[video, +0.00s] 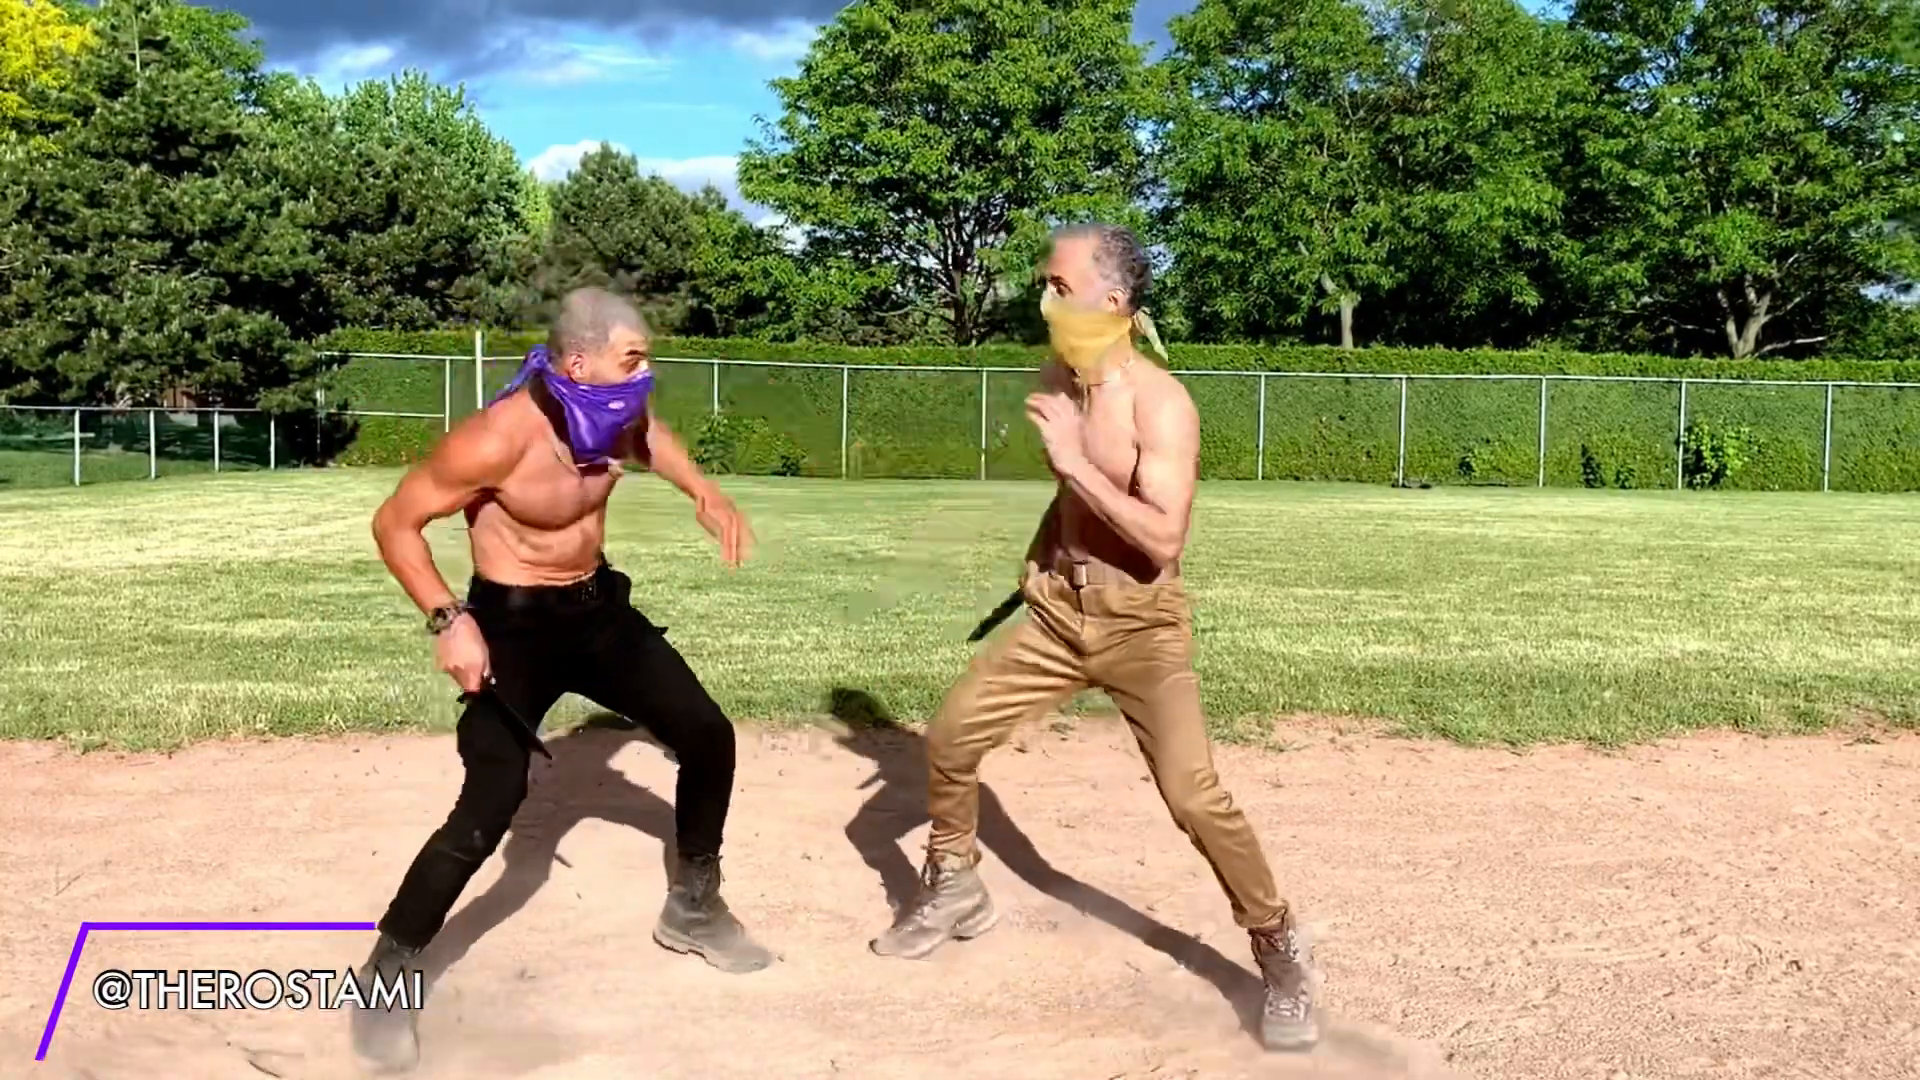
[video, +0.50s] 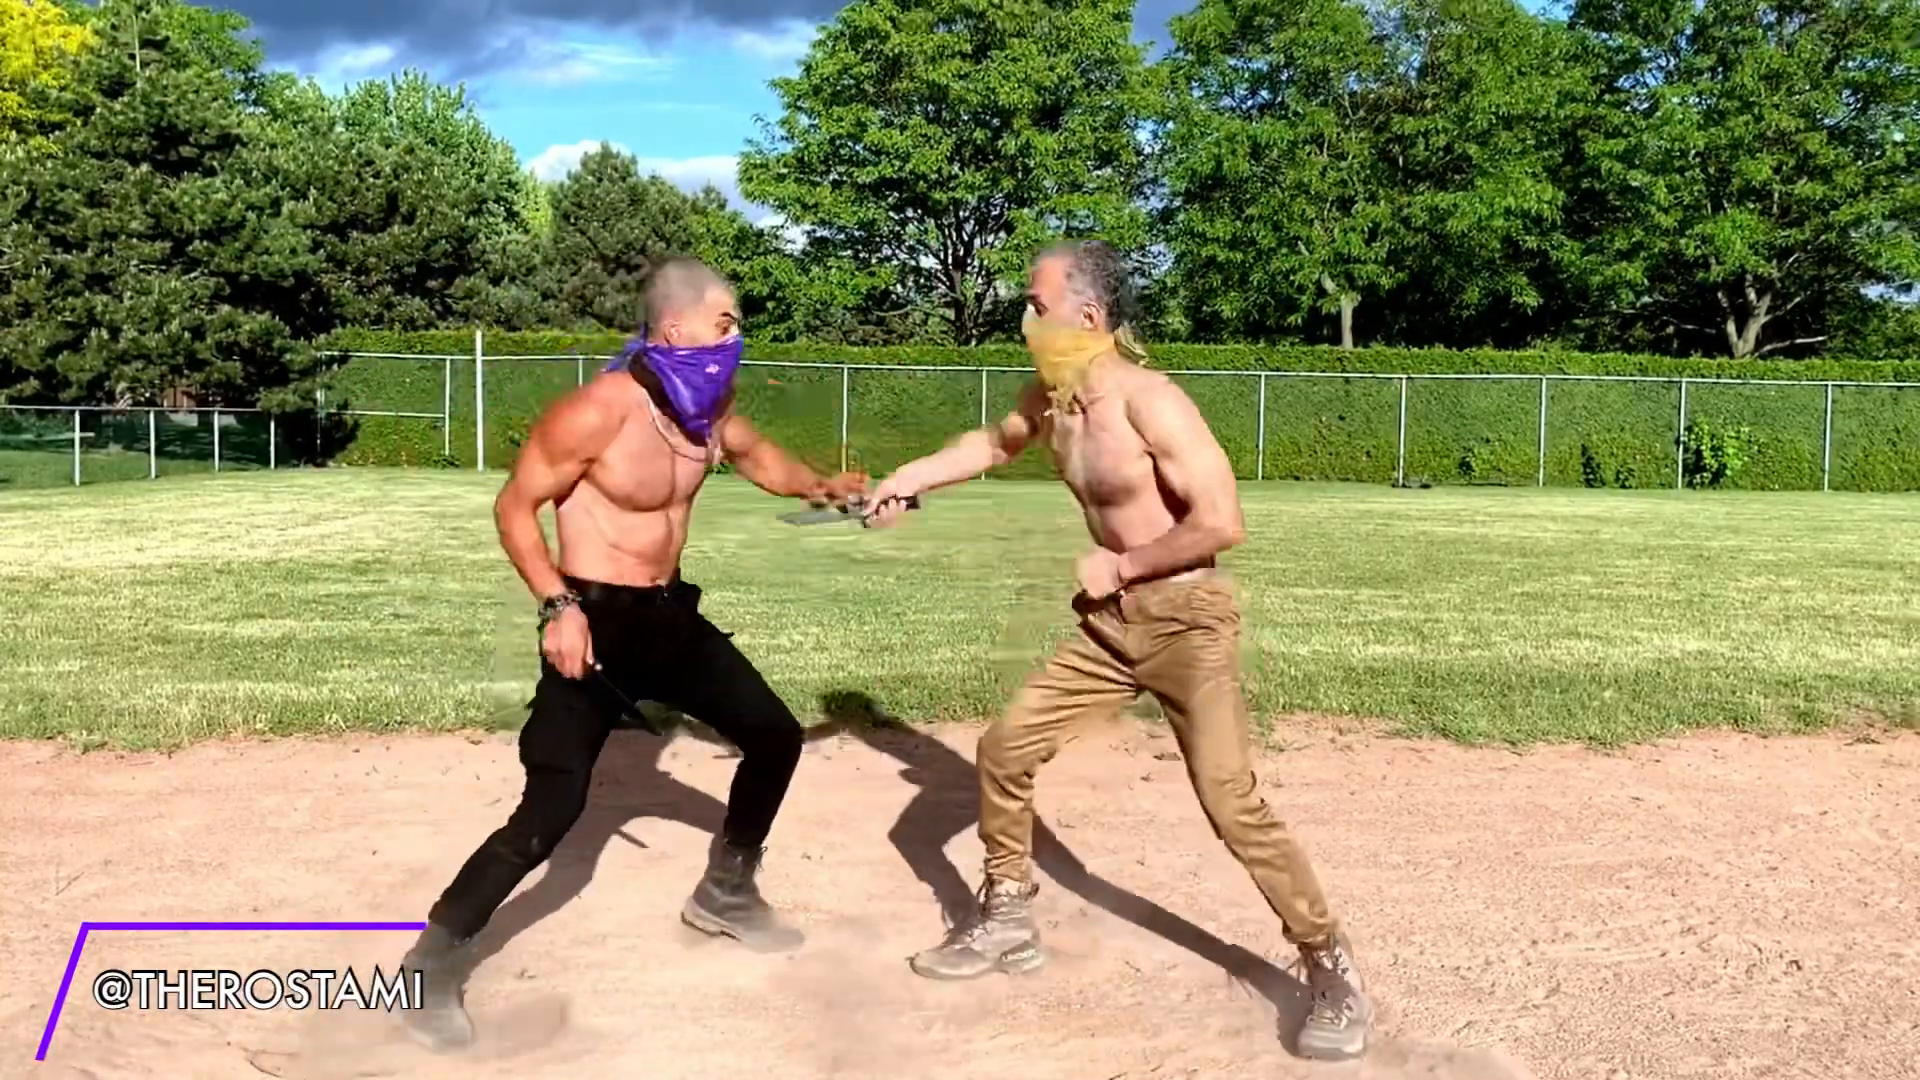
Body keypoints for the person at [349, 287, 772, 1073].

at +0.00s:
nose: (642, 374)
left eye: (645, 361)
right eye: (630, 359)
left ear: (610, 361)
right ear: (576, 359)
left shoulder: (617, 409)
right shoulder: (496, 437)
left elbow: (642, 432)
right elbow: (393, 521)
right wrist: (449, 619)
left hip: (599, 609)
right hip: (512, 622)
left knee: (708, 738)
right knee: (487, 808)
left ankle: (692, 906)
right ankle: (385, 977)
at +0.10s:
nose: (667, 350)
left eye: (669, 335)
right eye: (657, 334)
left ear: (615, 335)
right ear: (608, 335)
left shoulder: (598, 402)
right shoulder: (555, 417)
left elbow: (602, 492)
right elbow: (511, 565)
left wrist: (666, 460)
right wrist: (624, 603)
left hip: (588, 634)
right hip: (531, 641)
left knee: (710, 747)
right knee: (527, 841)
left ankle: (700, 916)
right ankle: (381, 983)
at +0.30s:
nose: (691, 327)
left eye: (691, 313)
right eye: (680, 312)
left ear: (626, 319)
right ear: (632, 318)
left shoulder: (602, 392)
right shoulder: (606, 391)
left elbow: (662, 479)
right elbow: (645, 515)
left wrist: (702, 439)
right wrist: (765, 549)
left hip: (611, 632)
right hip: (558, 636)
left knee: (722, 742)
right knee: (514, 827)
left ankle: (697, 914)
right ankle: (369, 983)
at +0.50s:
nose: (733, 342)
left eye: (735, 328)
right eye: (721, 326)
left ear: (706, 333)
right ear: (672, 329)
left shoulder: (710, 412)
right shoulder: (598, 410)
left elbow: (766, 463)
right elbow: (514, 505)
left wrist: (830, 484)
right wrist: (556, 604)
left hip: (669, 619)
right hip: (593, 623)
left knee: (775, 737)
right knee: (548, 814)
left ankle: (727, 891)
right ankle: (433, 961)